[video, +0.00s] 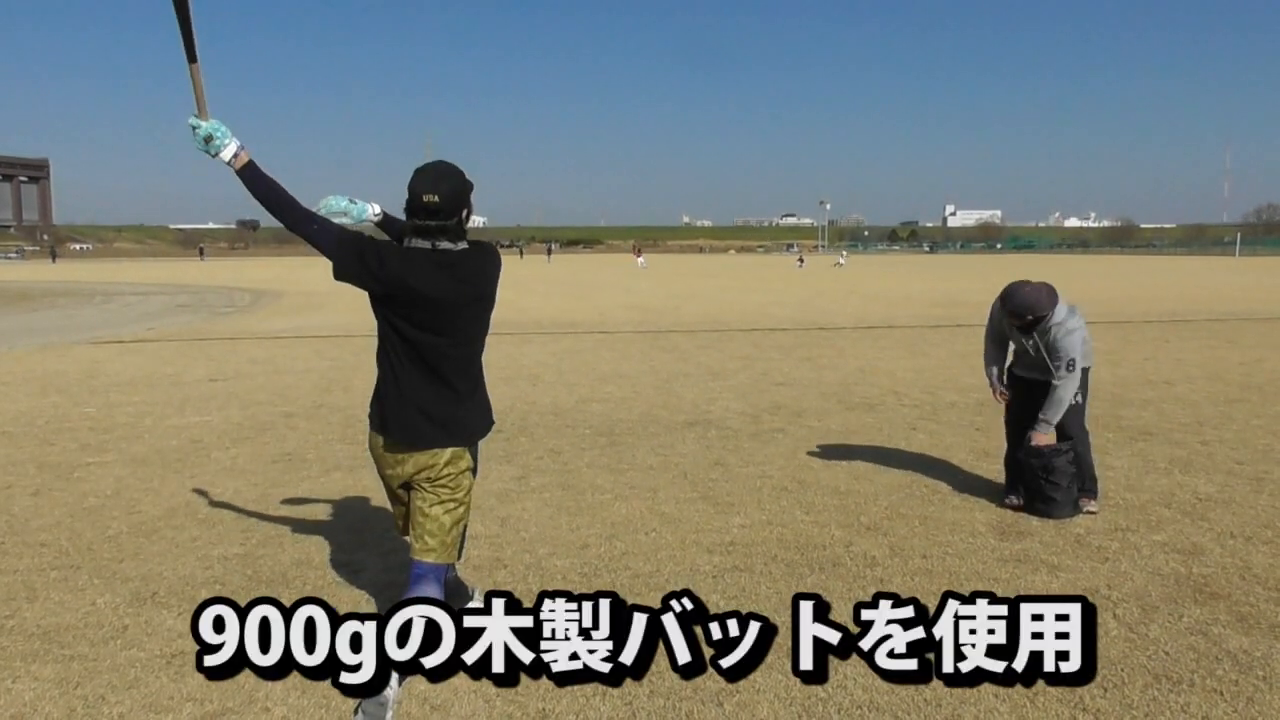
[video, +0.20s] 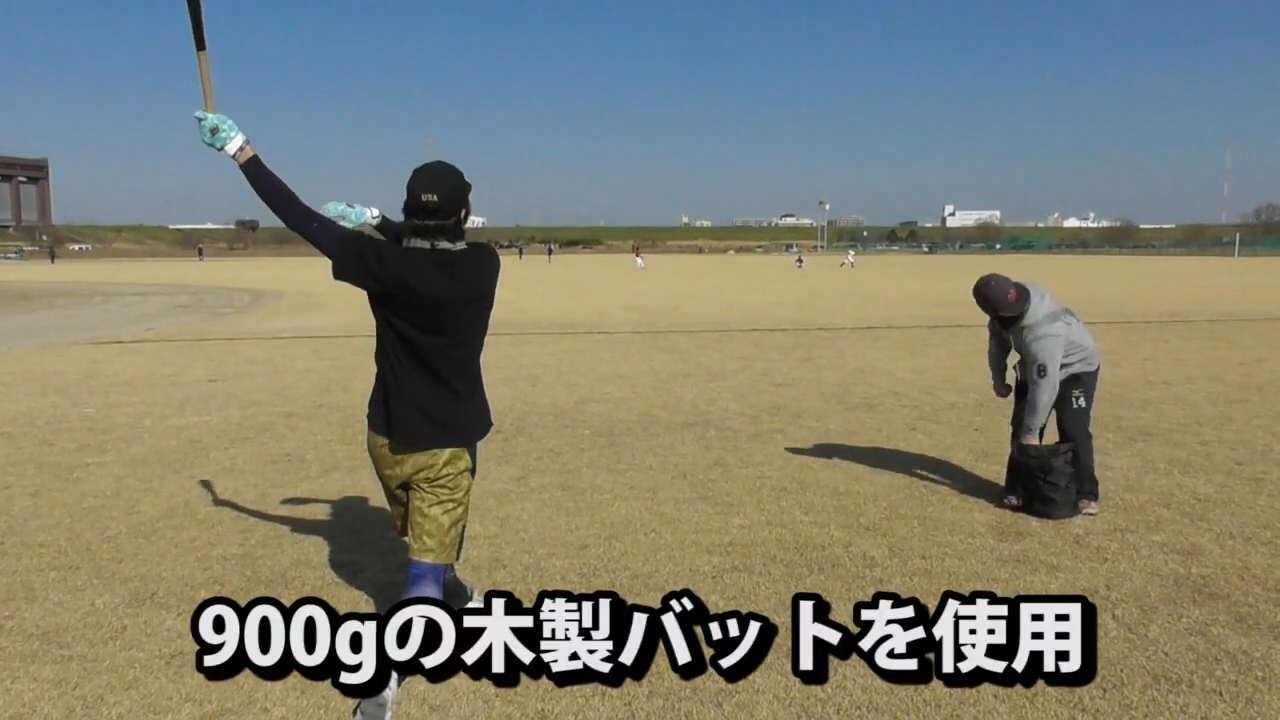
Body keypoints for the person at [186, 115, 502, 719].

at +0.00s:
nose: (461, 212)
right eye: (465, 205)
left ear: (410, 211)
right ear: (465, 215)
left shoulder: (385, 261)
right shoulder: (485, 263)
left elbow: (301, 218)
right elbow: (436, 242)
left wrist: (237, 157)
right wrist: (378, 216)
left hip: (388, 435)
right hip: (451, 438)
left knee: (424, 536)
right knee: (429, 570)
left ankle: (464, 603)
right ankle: (383, 689)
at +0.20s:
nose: (461, 212)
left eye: (420, 208)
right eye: (464, 205)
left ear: (409, 213)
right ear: (465, 215)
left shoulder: (383, 261)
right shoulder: (483, 264)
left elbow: (302, 216)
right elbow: (431, 242)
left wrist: (242, 150)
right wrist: (378, 222)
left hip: (386, 433)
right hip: (449, 438)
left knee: (421, 539)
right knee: (427, 570)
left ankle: (465, 607)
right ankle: (384, 687)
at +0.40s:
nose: (460, 212)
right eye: (463, 205)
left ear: (408, 211)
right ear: (465, 215)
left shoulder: (381, 259)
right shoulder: (483, 264)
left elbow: (302, 215)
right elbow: (434, 247)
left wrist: (245, 148)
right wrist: (378, 229)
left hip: (385, 433)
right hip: (448, 438)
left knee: (422, 539)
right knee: (426, 571)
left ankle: (464, 610)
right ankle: (383, 687)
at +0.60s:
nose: (461, 212)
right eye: (463, 205)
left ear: (407, 210)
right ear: (463, 215)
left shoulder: (380, 258)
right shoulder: (482, 264)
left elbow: (301, 216)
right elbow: (438, 251)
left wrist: (244, 147)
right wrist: (385, 234)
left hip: (385, 434)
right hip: (447, 440)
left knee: (419, 539)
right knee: (425, 573)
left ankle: (462, 606)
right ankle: (382, 689)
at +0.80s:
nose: (457, 212)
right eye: (459, 205)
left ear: (405, 209)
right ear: (460, 215)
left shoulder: (377, 257)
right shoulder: (480, 263)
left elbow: (298, 215)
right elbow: (437, 251)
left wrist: (242, 146)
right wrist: (385, 235)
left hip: (383, 432)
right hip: (446, 437)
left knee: (419, 537)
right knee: (424, 571)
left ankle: (460, 605)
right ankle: (380, 688)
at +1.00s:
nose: (455, 211)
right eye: (456, 204)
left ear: (403, 209)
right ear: (457, 215)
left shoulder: (376, 258)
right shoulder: (479, 264)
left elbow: (294, 215)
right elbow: (442, 248)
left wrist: (238, 149)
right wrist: (387, 236)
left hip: (383, 433)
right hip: (447, 437)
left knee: (420, 537)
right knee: (423, 572)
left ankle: (466, 608)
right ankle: (378, 691)